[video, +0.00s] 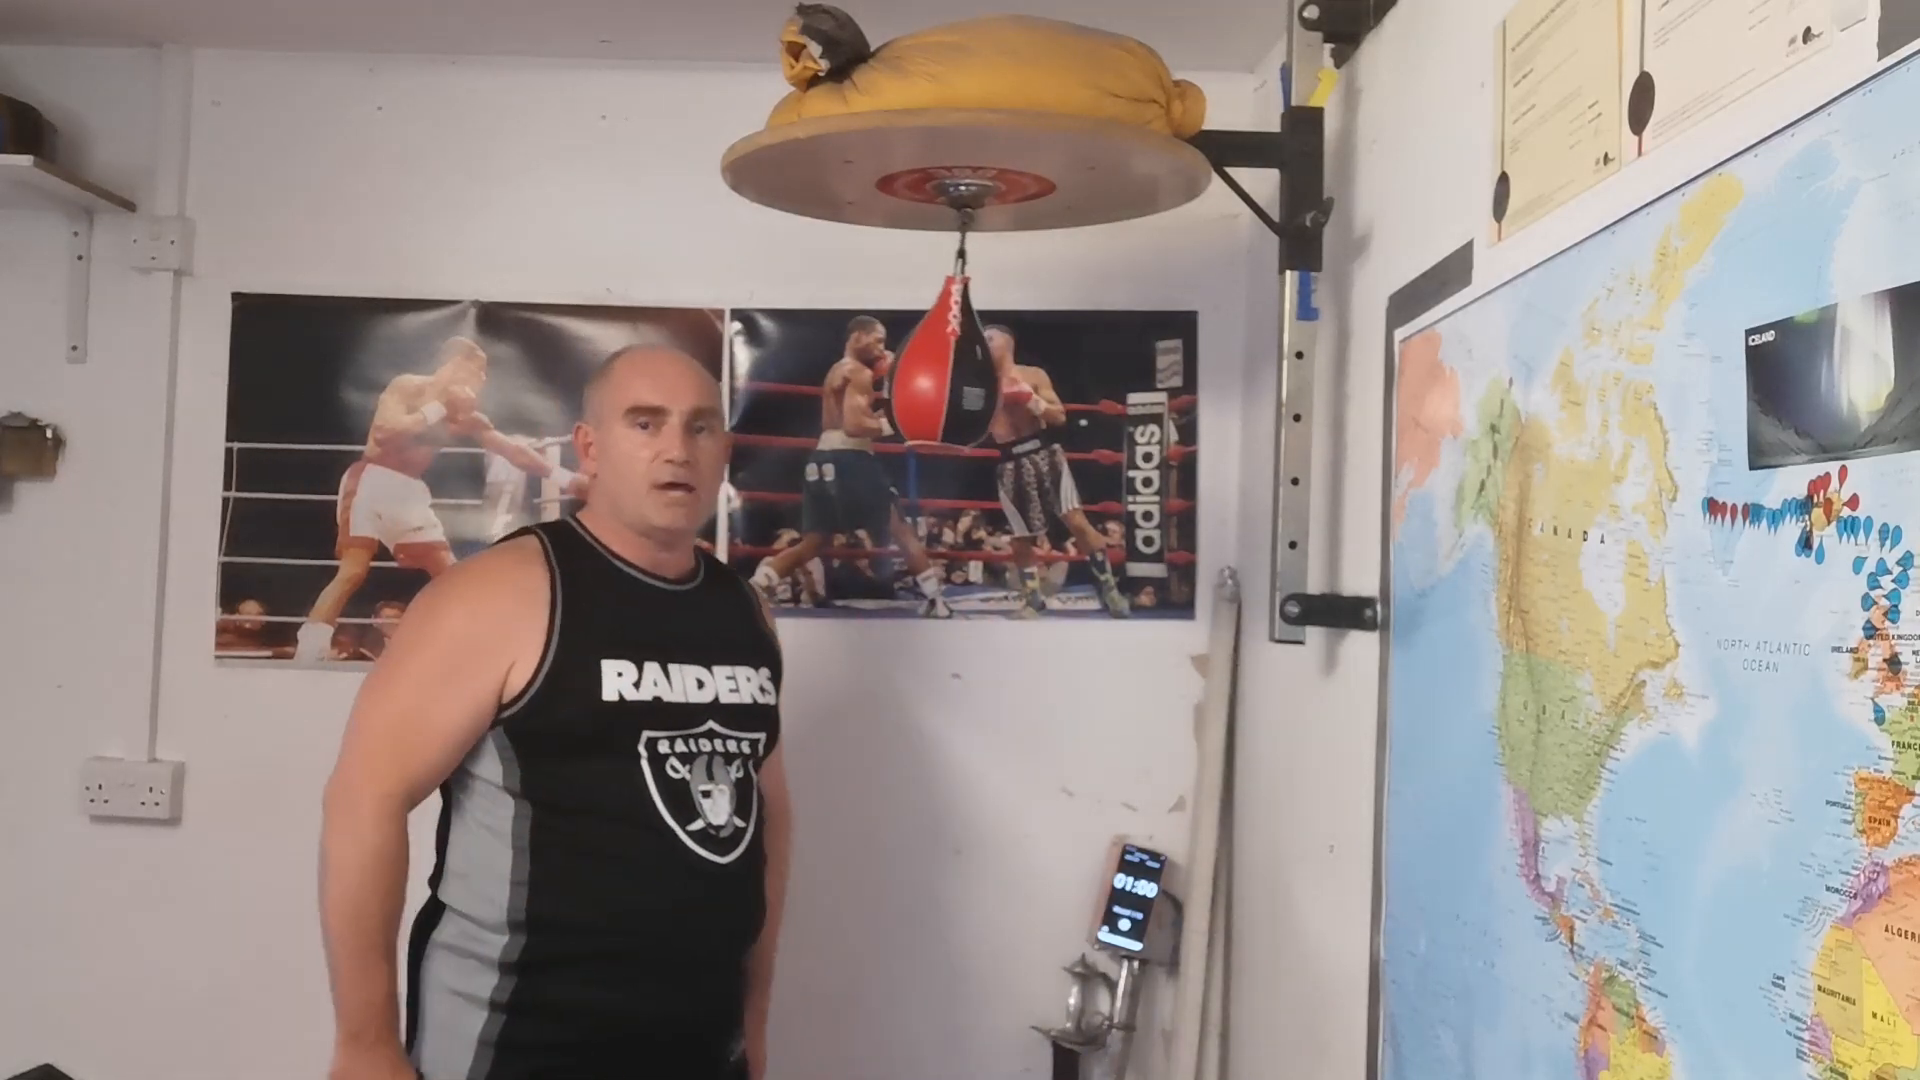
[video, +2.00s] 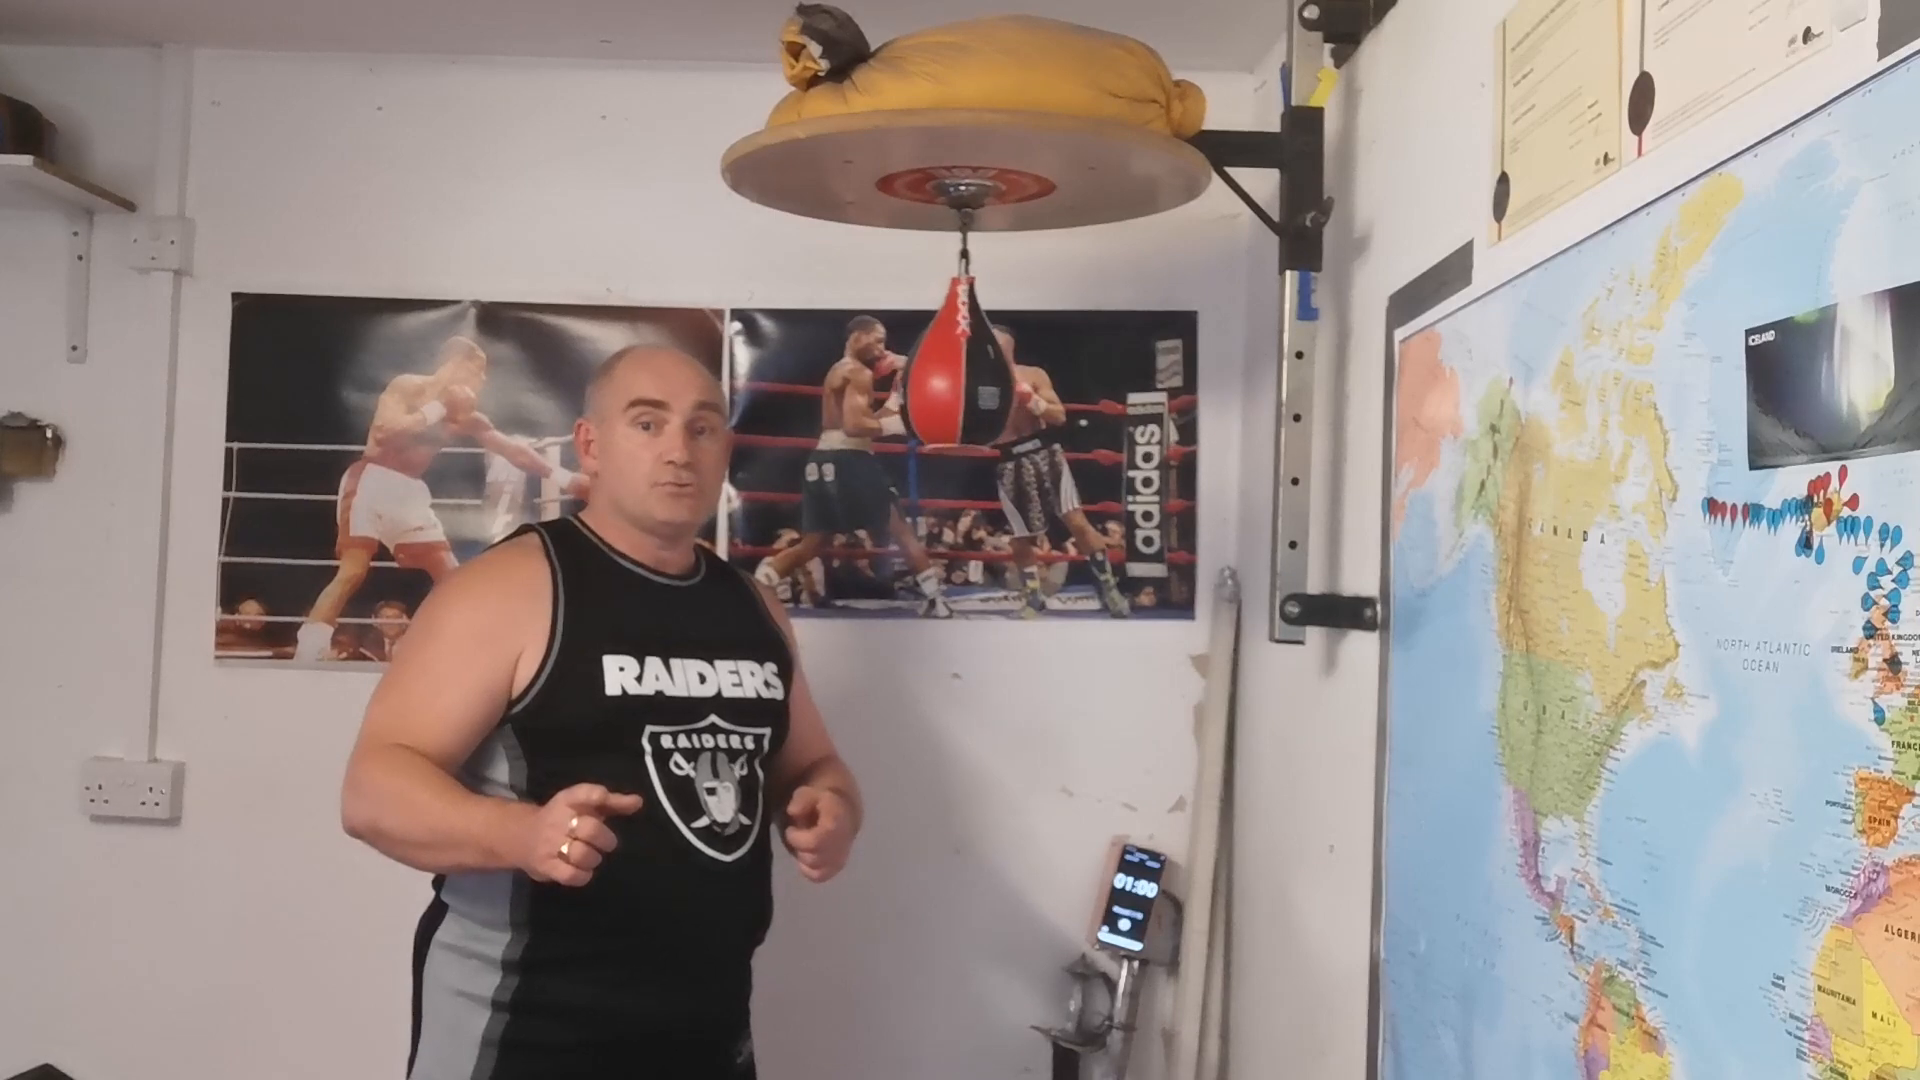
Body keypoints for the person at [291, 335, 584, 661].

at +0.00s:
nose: (476, 386)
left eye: (480, 379)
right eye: (473, 375)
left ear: (476, 382)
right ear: (451, 366)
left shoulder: (464, 415)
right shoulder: (405, 386)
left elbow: (511, 450)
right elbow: (384, 431)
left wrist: (564, 478)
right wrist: (434, 411)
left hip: (409, 493)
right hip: (369, 484)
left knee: (448, 573)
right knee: (353, 571)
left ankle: (464, 652)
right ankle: (307, 652)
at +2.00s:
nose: (474, 385)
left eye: (478, 378)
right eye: (470, 374)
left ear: (478, 382)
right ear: (450, 366)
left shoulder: (464, 416)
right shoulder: (405, 386)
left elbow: (511, 449)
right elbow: (384, 432)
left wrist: (563, 478)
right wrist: (436, 409)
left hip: (409, 492)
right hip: (368, 483)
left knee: (448, 573)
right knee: (353, 570)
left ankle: (460, 653)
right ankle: (306, 650)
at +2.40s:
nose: (476, 385)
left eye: (479, 378)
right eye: (472, 374)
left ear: (477, 380)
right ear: (452, 365)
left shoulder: (464, 415)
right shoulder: (405, 386)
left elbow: (511, 449)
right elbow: (384, 433)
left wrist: (563, 478)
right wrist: (437, 409)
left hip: (408, 493)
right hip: (367, 483)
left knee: (449, 574)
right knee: (353, 570)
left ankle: (463, 654)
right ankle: (306, 651)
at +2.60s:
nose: (475, 385)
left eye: (478, 378)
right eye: (471, 374)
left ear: (478, 382)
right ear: (450, 367)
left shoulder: (465, 417)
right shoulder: (405, 387)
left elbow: (511, 450)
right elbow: (384, 433)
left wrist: (563, 478)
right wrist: (436, 409)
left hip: (409, 493)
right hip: (368, 483)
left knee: (449, 573)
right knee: (353, 570)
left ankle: (463, 653)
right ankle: (306, 652)